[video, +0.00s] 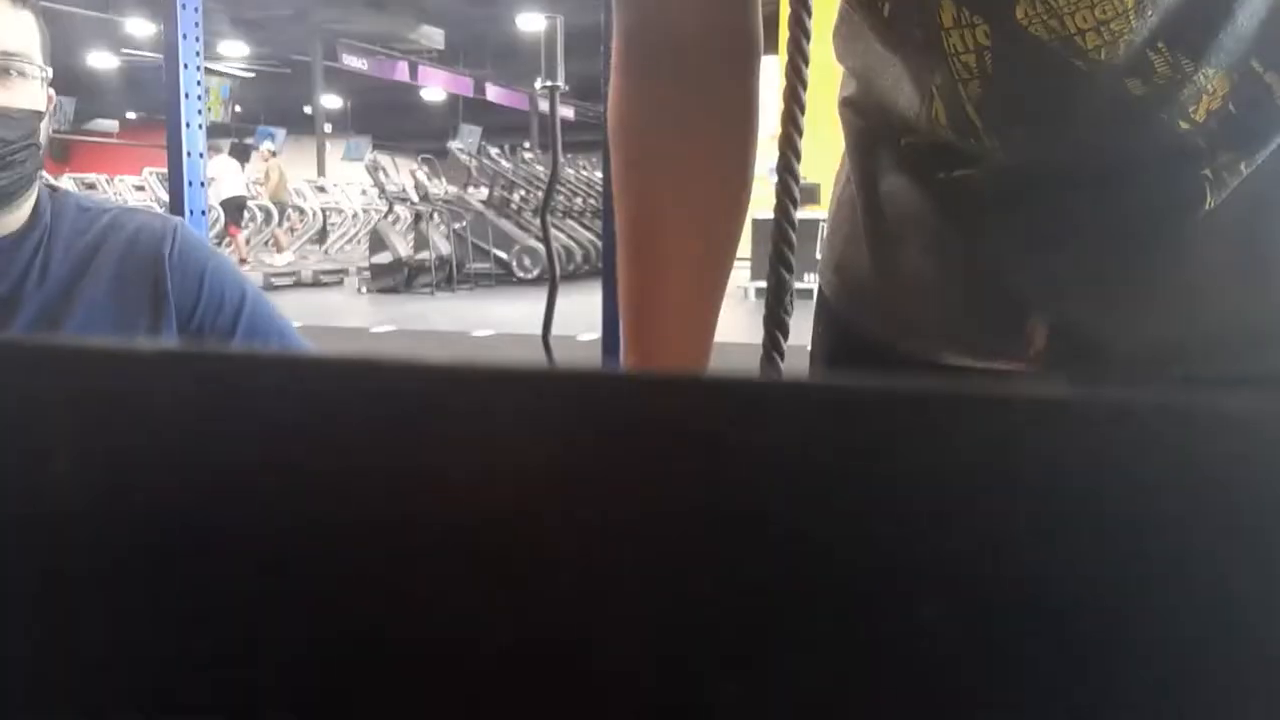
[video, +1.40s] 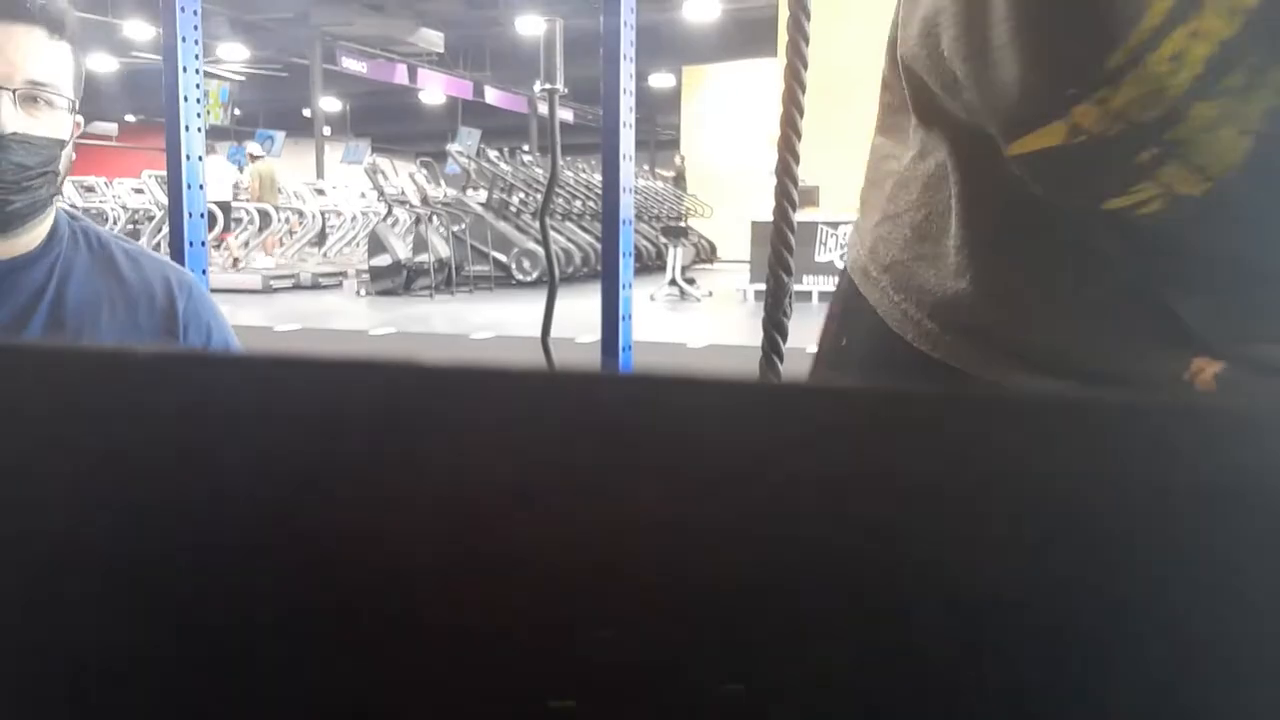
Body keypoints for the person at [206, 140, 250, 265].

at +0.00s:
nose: (208, 156)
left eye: (208, 154)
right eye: (208, 154)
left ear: (211, 152)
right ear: (222, 151)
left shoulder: (213, 162)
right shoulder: (234, 161)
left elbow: (209, 179)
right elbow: (242, 178)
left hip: (226, 195)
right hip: (241, 193)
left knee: (231, 226)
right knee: (236, 227)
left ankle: (243, 257)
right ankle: (240, 255)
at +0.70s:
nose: (208, 151)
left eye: (209, 148)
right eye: (208, 148)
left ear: (216, 147)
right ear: (225, 147)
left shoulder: (212, 161)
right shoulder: (236, 161)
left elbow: (209, 178)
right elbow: (245, 180)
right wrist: (253, 193)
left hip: (219, 196)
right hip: (236, 196)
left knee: (214, 226)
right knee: (231, 229)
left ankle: (234, 248)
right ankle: (230, 255)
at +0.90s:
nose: (209, 152)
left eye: (211, 149)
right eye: (210, 149)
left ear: (216, 148)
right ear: (225, 148)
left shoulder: (214, 159)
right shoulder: (236, 159)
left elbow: (211, 177)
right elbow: (244, 178)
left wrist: (202, 188)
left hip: (217, 195)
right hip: (235, 195)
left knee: (213, 225)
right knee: (232, 228)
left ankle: (216, 253)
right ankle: (235, 256)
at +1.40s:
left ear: (205, 152)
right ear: (217, 150)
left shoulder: (203, 163)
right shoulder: (225, 162)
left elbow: (199, 180)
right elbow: (236, 175)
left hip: (208, 198)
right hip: (225, 198)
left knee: (207, 231)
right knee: (227, 231)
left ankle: (206, 259)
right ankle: (236, 256)